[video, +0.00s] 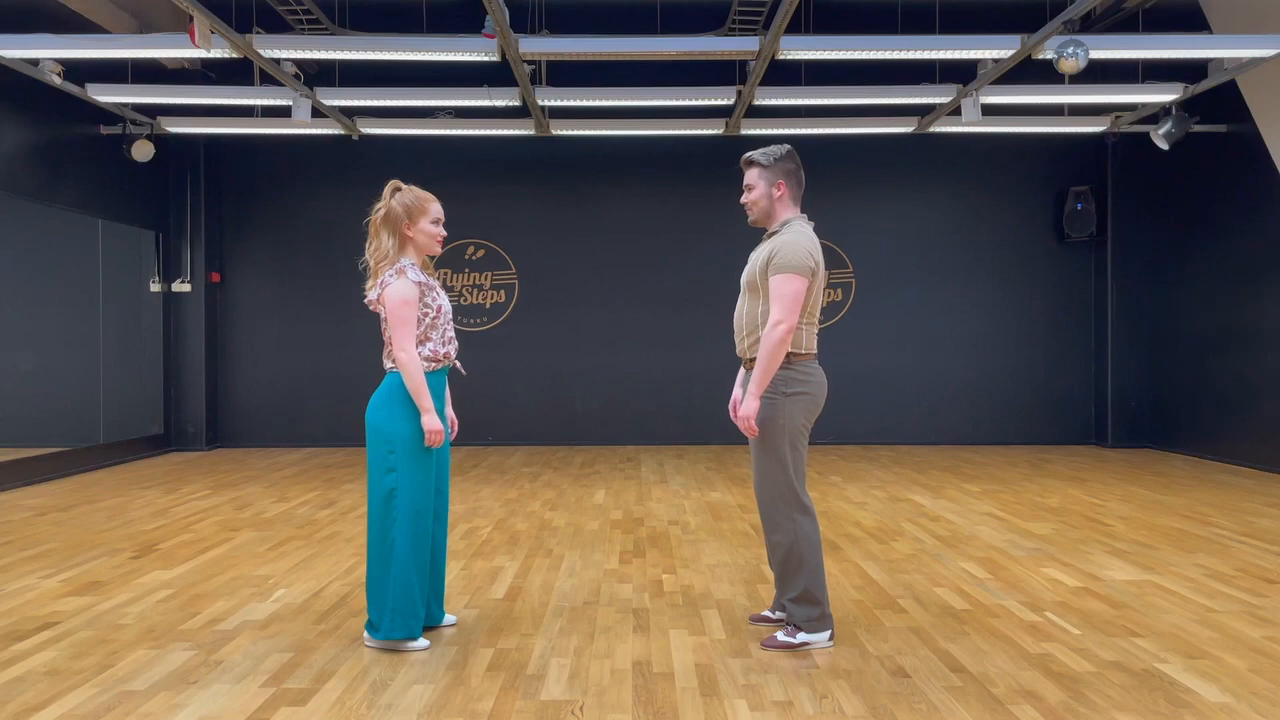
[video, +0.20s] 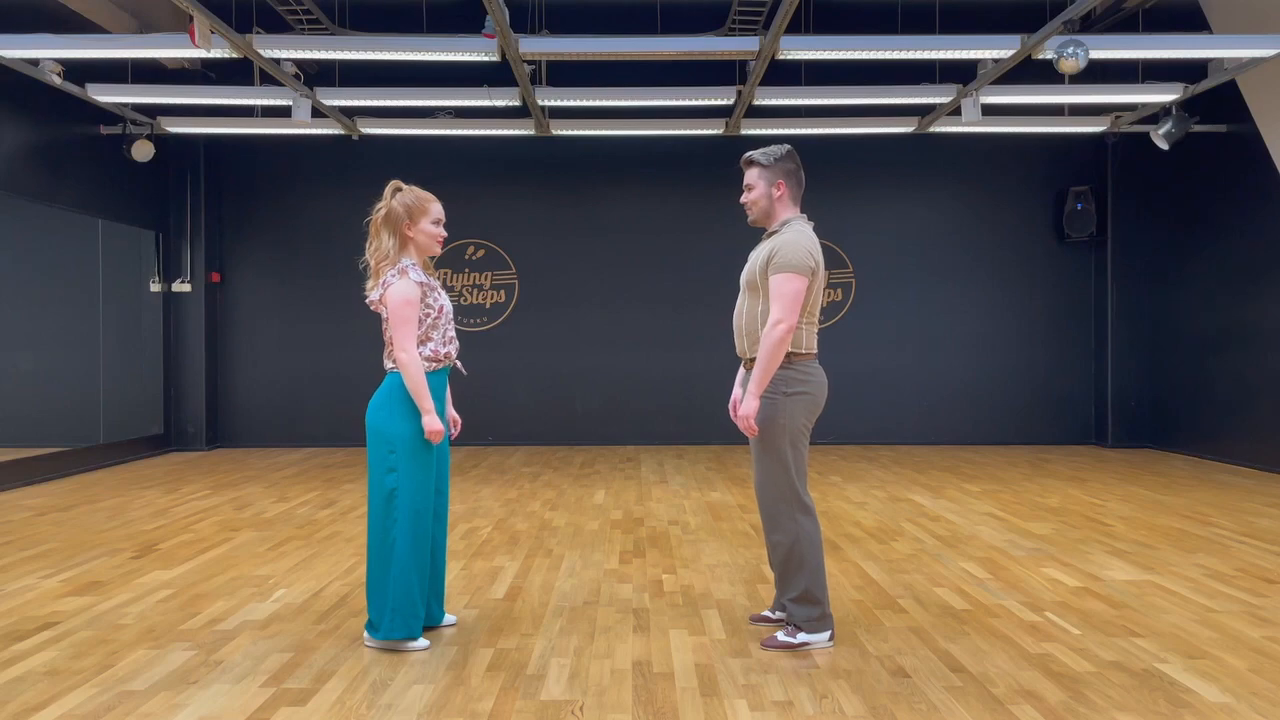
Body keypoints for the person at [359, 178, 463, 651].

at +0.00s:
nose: (444, 230)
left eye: (443, 221)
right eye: (435, 222)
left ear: (416, 229)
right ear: (408, 228)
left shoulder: (423, 277)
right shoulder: (400, 280)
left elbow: (431, 349)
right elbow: (403, 352)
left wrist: (446, 402)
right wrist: (427, 410)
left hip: (427, 398)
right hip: (401, 403)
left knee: (428, 513)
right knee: (401, 518)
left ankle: (423, 609)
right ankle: (388, 625)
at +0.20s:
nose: (444, 231)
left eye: (444, 222)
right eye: (436, 223)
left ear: (417, 229)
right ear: (408, 228)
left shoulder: (424, 277)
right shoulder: (402, 281)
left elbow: (431, 348)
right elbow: (404, 352)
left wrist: (446, 402)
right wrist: (426, 411)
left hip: (427, 399)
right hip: (402, 404)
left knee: (427, 514)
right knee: (402, 518)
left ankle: (423, 609)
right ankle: (388, 626)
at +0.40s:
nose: (449, 230)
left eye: (448, 222)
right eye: (440, 222)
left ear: (422, 229)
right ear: (412, 229)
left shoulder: (434, 278)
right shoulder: (404, 283)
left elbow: (445, 345)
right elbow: (400, 353)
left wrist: (452, 399)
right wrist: (424, 410)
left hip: (431, 400)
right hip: (401, 403)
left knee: (429, 513)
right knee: (401, 518)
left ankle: (424, 609)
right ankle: (389, 625)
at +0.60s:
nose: (458, 232)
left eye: (456, 223)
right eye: (448, 224)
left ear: (439, 230)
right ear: (420, 230)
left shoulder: (462, 277)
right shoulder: (395, 278)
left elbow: (492, 325)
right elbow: (417, 331)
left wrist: (490, 291)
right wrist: (477, 313)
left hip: (442, 406)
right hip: (396, 406)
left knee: (433, 511)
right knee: (403, 513)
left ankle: (426, 604)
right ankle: (396, 623)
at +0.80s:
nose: (463, 237)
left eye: (463, 229)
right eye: (452, 227)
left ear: (463, 239)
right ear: (420, 236)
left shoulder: (472, 282)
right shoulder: (392, 287)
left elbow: (467, 318)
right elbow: (427, 329)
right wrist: (462, 284)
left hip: (457, 419)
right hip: (400, 418)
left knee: (467, 524)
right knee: (402, 526)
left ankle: (434, 584)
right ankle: (395, 626)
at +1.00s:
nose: (455, 256)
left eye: (465, 248)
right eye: (444, 248)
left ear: (476, 256)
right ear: (427, 256)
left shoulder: (492, 315)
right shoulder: (404, 315)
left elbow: (499, 385)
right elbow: (393, 390)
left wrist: (480, 416)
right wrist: (391, 455)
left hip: (487, 439)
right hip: (426, 442)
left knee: (515, 529)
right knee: (421, 555)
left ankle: (546, 636)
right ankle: (401, 639)